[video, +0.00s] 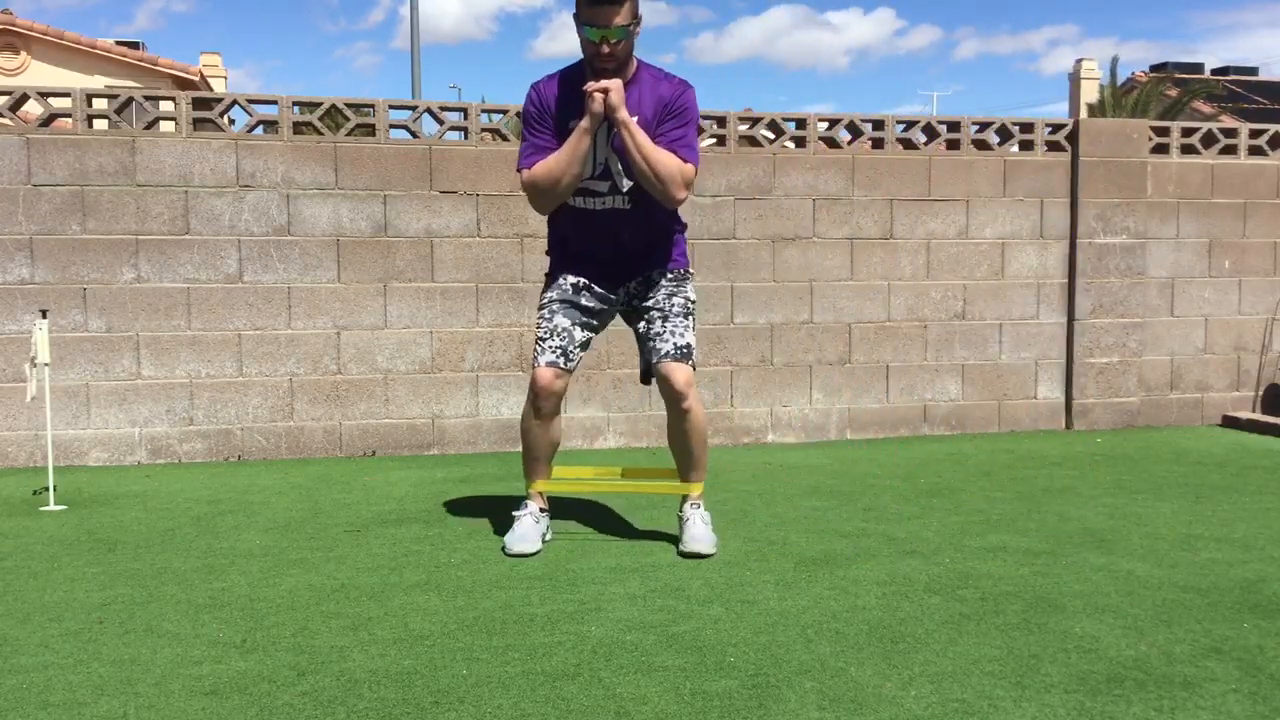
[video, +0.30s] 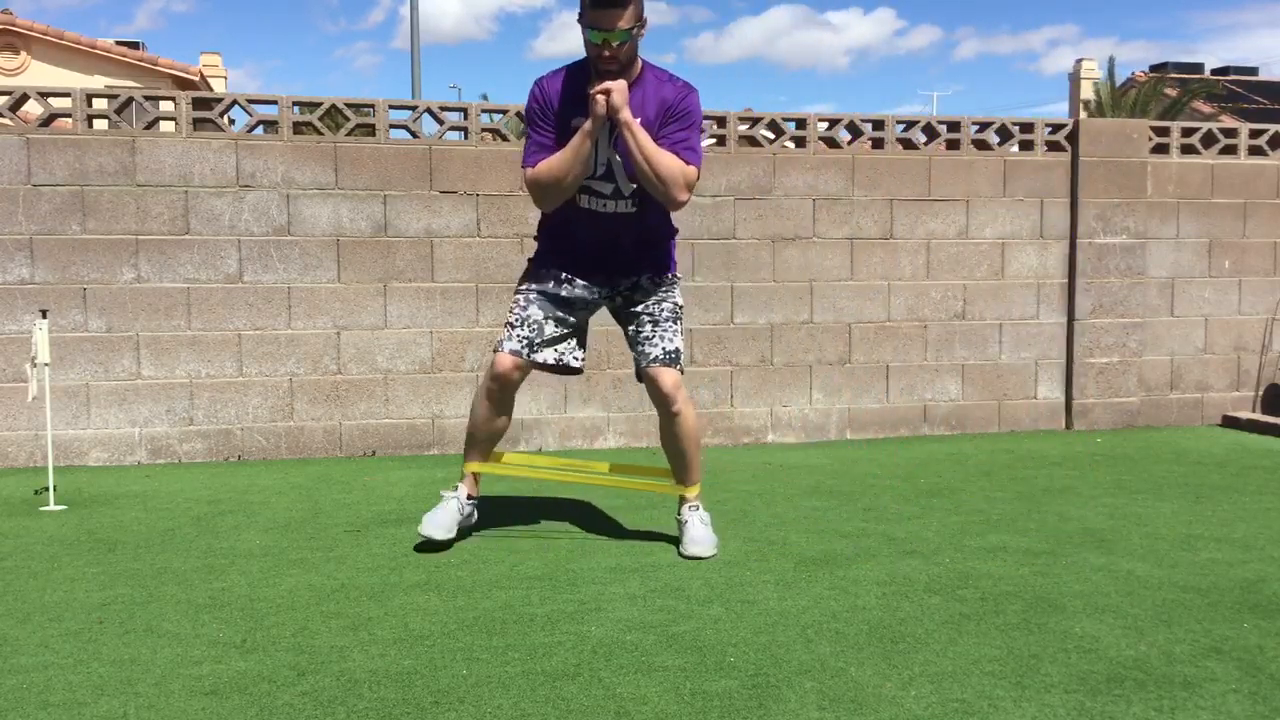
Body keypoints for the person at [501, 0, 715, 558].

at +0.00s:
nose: (604, 46)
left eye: (616, 34)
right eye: (592, 33)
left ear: (637, 24)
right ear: (577, 24)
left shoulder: (672, 94)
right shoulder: (548, 95)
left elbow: (676, 190)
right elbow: (541, 198)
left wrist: (622, 118)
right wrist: (589, 123)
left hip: (657, 265)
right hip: (578, 266)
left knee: (678, 382)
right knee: (544, 384)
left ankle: (694, 505)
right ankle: (534, 505)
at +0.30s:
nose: (606, 48)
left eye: (619, 37)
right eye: (596, 35)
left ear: (642, 26)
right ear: (582, 24)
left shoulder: (675, 96)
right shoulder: (552, 91)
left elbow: (677, 192)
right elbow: (543, 195)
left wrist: (625, 120)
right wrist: (594, 126)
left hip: (644, 266)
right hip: (563, 261)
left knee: (666, 384)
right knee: (503, 370)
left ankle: (692, 506)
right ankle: (465, 493)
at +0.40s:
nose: (593, 51)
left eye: (606, 40)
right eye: (582, 38)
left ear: (627, 30)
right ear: (567, 28)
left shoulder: (660, 101)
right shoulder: (536, 95)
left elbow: (663, 196)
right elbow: (526, 198)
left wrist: (612, 126)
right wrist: (580, 127)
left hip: (628, 276)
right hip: (542, 270)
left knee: (656, 388)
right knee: (471, 375)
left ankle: (691, 506)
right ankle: (407, 493)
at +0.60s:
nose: (518, 70)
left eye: (531, 58)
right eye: (507, 58)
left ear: (552, 52)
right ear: (492, 51)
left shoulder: (584, 124)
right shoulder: (462, 121)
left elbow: (590, 211)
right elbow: (453, 218)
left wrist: (535, 142)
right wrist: (504, 148)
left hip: (565, 295)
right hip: (480, 291)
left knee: (620, 402)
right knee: (400, 397)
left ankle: (688, 509)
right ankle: (340, 508)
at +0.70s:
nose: (463, 67)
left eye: (478, 55)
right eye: (452, 54)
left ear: (498, 49)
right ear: (438, 45)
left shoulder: (531, 120)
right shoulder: (408, 112)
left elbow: (531, 208)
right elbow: (390, 209)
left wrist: (477, 135)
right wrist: (444, 141)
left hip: (516, 290)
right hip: (431, 287)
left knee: (575, 388)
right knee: (357, 393)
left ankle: (671, 498)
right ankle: (332, 510)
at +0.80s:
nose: (416, 56)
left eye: (429, 46)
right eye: (407, 44)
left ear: (453, 39)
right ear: (394, 34)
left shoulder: (489, 109)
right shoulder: (365, 99)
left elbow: (485, 201)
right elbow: (340, 194)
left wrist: (431, 127)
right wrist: (398, 129)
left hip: (479, 275)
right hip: (396, 275)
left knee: (526, 377)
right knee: (341, 387)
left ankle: (608, 490)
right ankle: (330, 509)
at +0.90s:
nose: (383, 47)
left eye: (395, 36)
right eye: (373, 34)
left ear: (423, 29)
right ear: (362, 25)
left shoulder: (462, 97)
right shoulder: (337, 90)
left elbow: (458, 190)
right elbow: (315, 186)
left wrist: (402, 116)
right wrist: (368, 119)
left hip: (453, 257)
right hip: (376, 260)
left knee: (482, 370)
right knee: (333, 383)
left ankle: (537, 488)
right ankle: (330, 508)